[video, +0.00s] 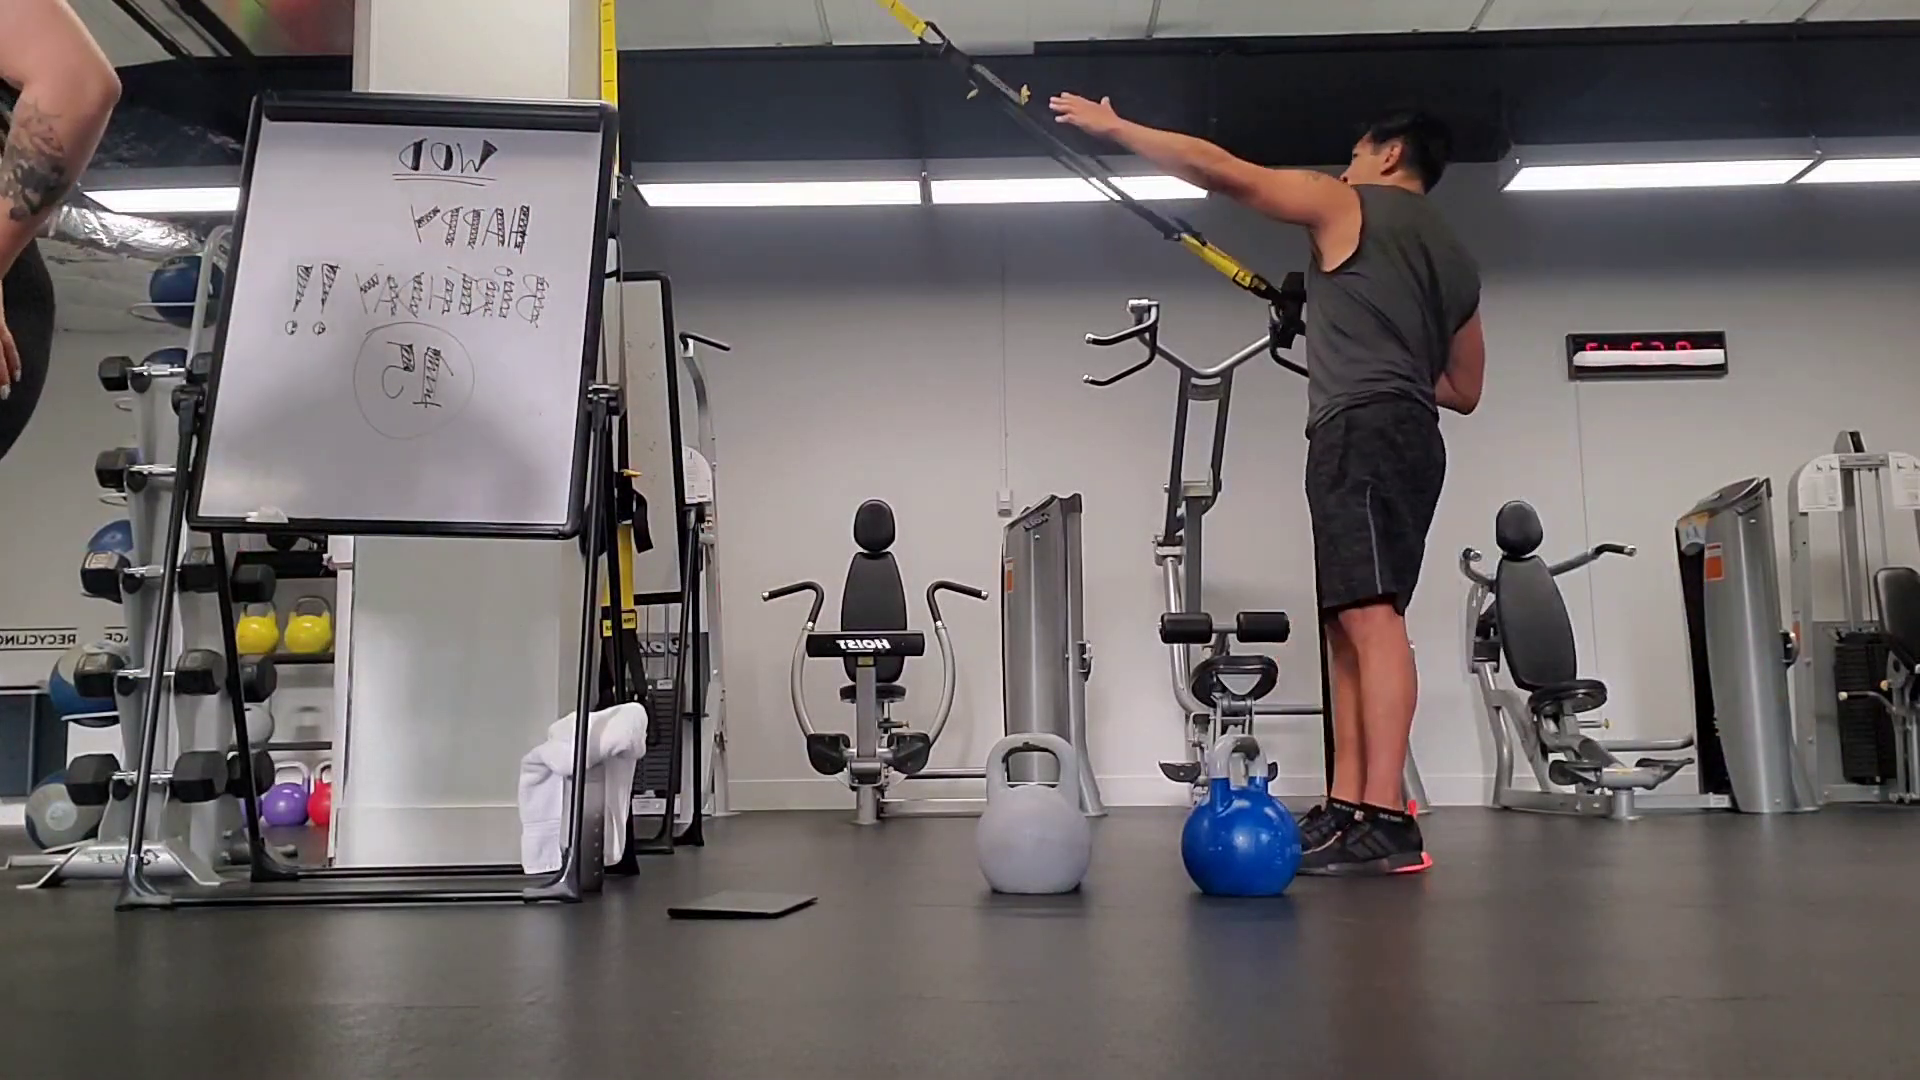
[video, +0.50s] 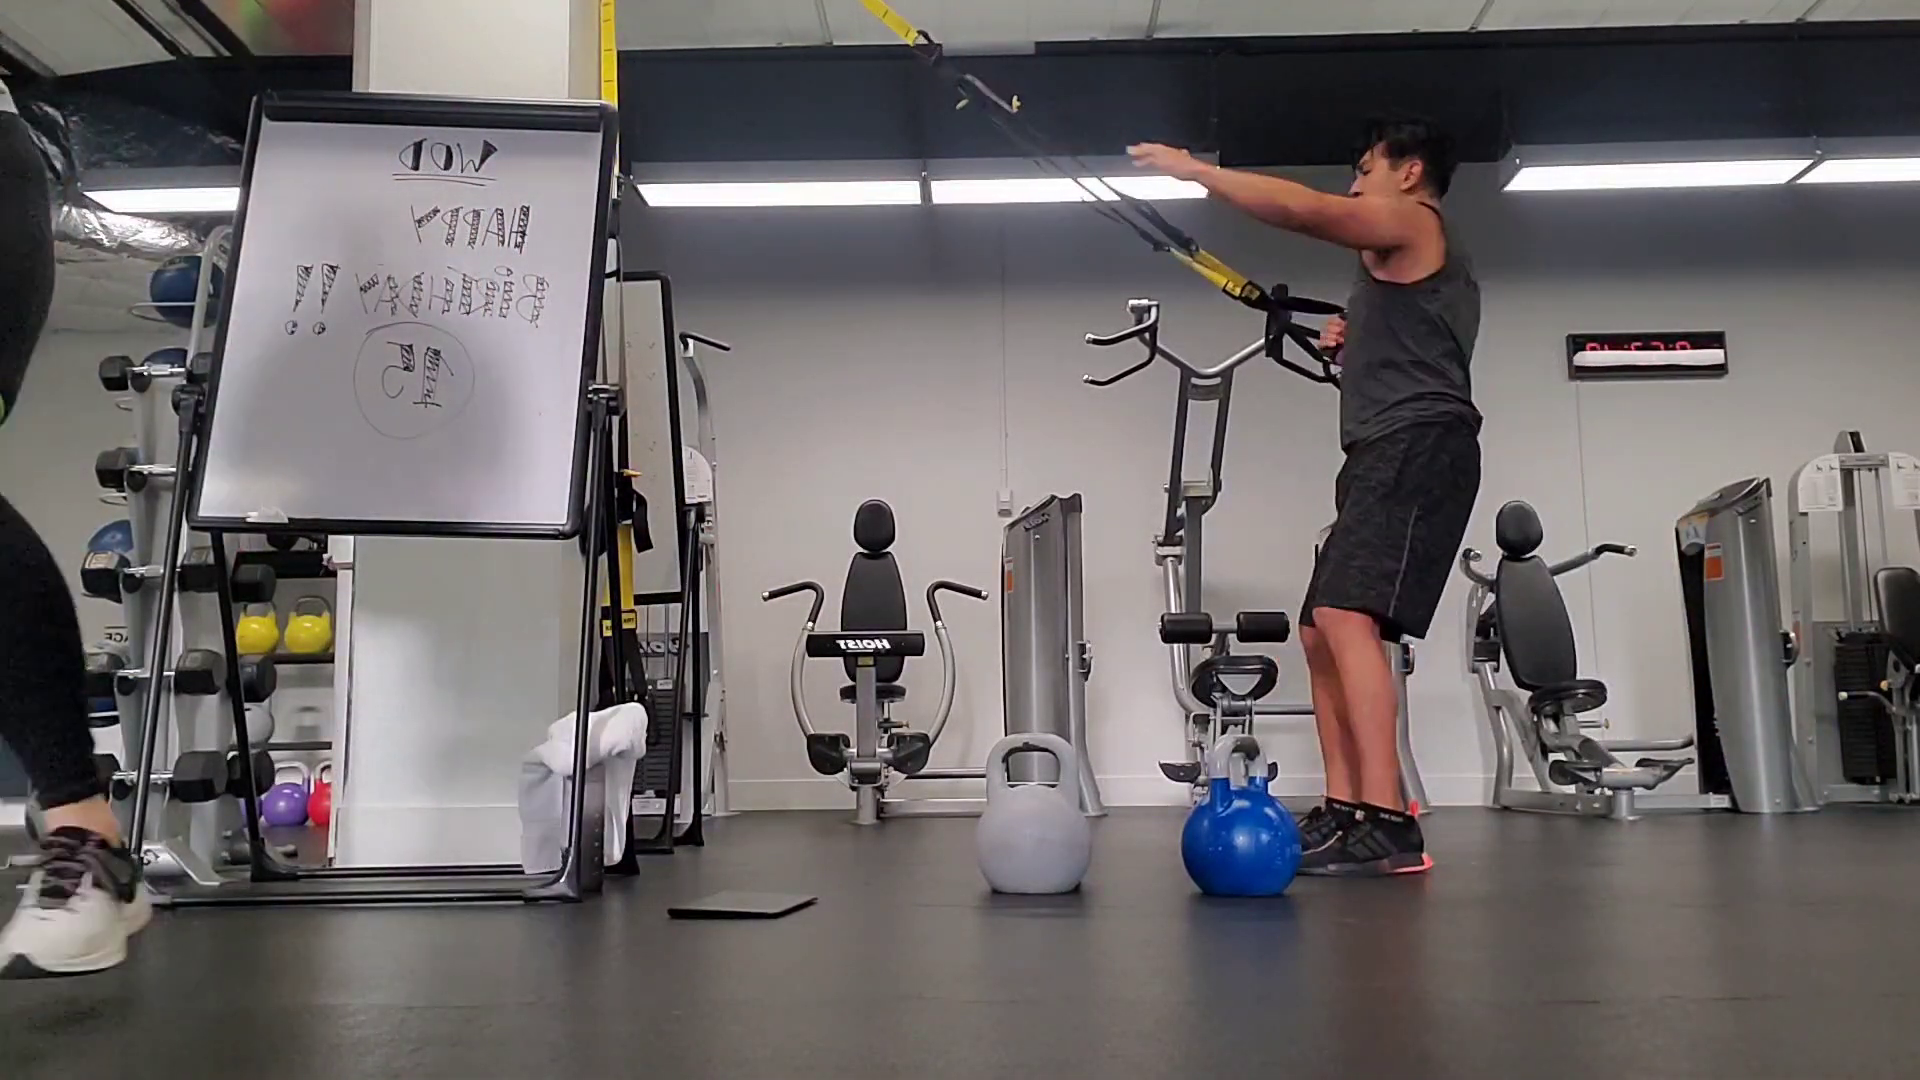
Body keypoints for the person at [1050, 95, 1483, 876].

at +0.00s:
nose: (1351, 163)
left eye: (1360, 151)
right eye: (1357, 153)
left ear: (1391, 152)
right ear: (1419, 167)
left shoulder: (1344, 202)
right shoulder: (1453, 257)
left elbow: (1221, 169)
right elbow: (1462, 390)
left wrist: (1113, 124)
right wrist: (1360, 350)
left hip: (1361, 431)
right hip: (1406, 437)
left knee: (1373, 617)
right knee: (1347, 620)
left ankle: (1388, 819)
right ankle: (1349, 806)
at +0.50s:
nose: (1355, 182)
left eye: (1365, 168)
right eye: (1358, 170)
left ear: (1409, 170)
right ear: (1412, 176)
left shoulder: (1409, 220)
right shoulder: (1417, 255)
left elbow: (1297, 209)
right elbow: (1424, 349)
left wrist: (1194, 169)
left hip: (1418, 441)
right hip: (1388, 448)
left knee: (1349, 619)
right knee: (1319, 626)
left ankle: (1387, 821)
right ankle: (1347, 812)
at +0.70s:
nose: (1423, 250)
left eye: (1437, 233)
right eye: (1423, 237)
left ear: (1488, 238)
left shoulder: (1516, 307)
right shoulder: (1453, 341)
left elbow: (1513, 362)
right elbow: (1393, 439)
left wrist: (1379, 330)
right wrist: (1363, 369)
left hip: (1473, 515)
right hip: (1418, 520)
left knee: (1326, 624)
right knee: (1279, 636)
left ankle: (1388, 822)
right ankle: (1345, 811)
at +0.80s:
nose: (1467, 302)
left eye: (1481, 286)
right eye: (1466, 291)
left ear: (1536, 291)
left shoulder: (1572, 379)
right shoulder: (1483, 395)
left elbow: (1602, 468)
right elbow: (1394, 449)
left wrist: (1522, 461)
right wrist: (1365, 372)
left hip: (1501, 575)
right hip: (1446, 571)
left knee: (1329, 626)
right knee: (1276, 640)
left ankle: (1388, 824)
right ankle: (1342, 810)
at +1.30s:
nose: (1594, 511)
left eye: (1612, 497)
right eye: (1592, 498)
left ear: (1671, 511)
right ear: (1591, 506)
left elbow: (1777, 747)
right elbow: (1436, 492)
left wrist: (1884, 814)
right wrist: (1357, 420)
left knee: (1473, 636)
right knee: (1367, 639)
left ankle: (1404, 824)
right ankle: (1345, 814)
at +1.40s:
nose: (1580, 493)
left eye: (1599, 480)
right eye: (1578, 482)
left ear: (1655, 492)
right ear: (1576, 491)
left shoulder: (1690, 609)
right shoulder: (1542, 542)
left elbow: (1764, 727)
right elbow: (1433, 493)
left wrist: (1871, 790)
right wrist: (1356, 420)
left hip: (1549, 771)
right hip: (1469, 746)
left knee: (1441, 625)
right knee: (1345, 636)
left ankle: (1399, 822)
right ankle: (1344, 809)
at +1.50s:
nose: (1561, 454)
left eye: (1576, 439)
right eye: (1558, 443)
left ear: (1635, 444)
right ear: (1561, 453)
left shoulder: (1672, 555)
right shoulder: (1536, 514)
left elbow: (1726, 669)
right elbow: (1428, 484)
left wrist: (1787, 722)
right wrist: (1360, 414)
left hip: (1545, 719)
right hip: (1480, 707)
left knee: (1397, 620)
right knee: (1317, 640)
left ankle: (1396, 822)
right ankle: (1340, 809)